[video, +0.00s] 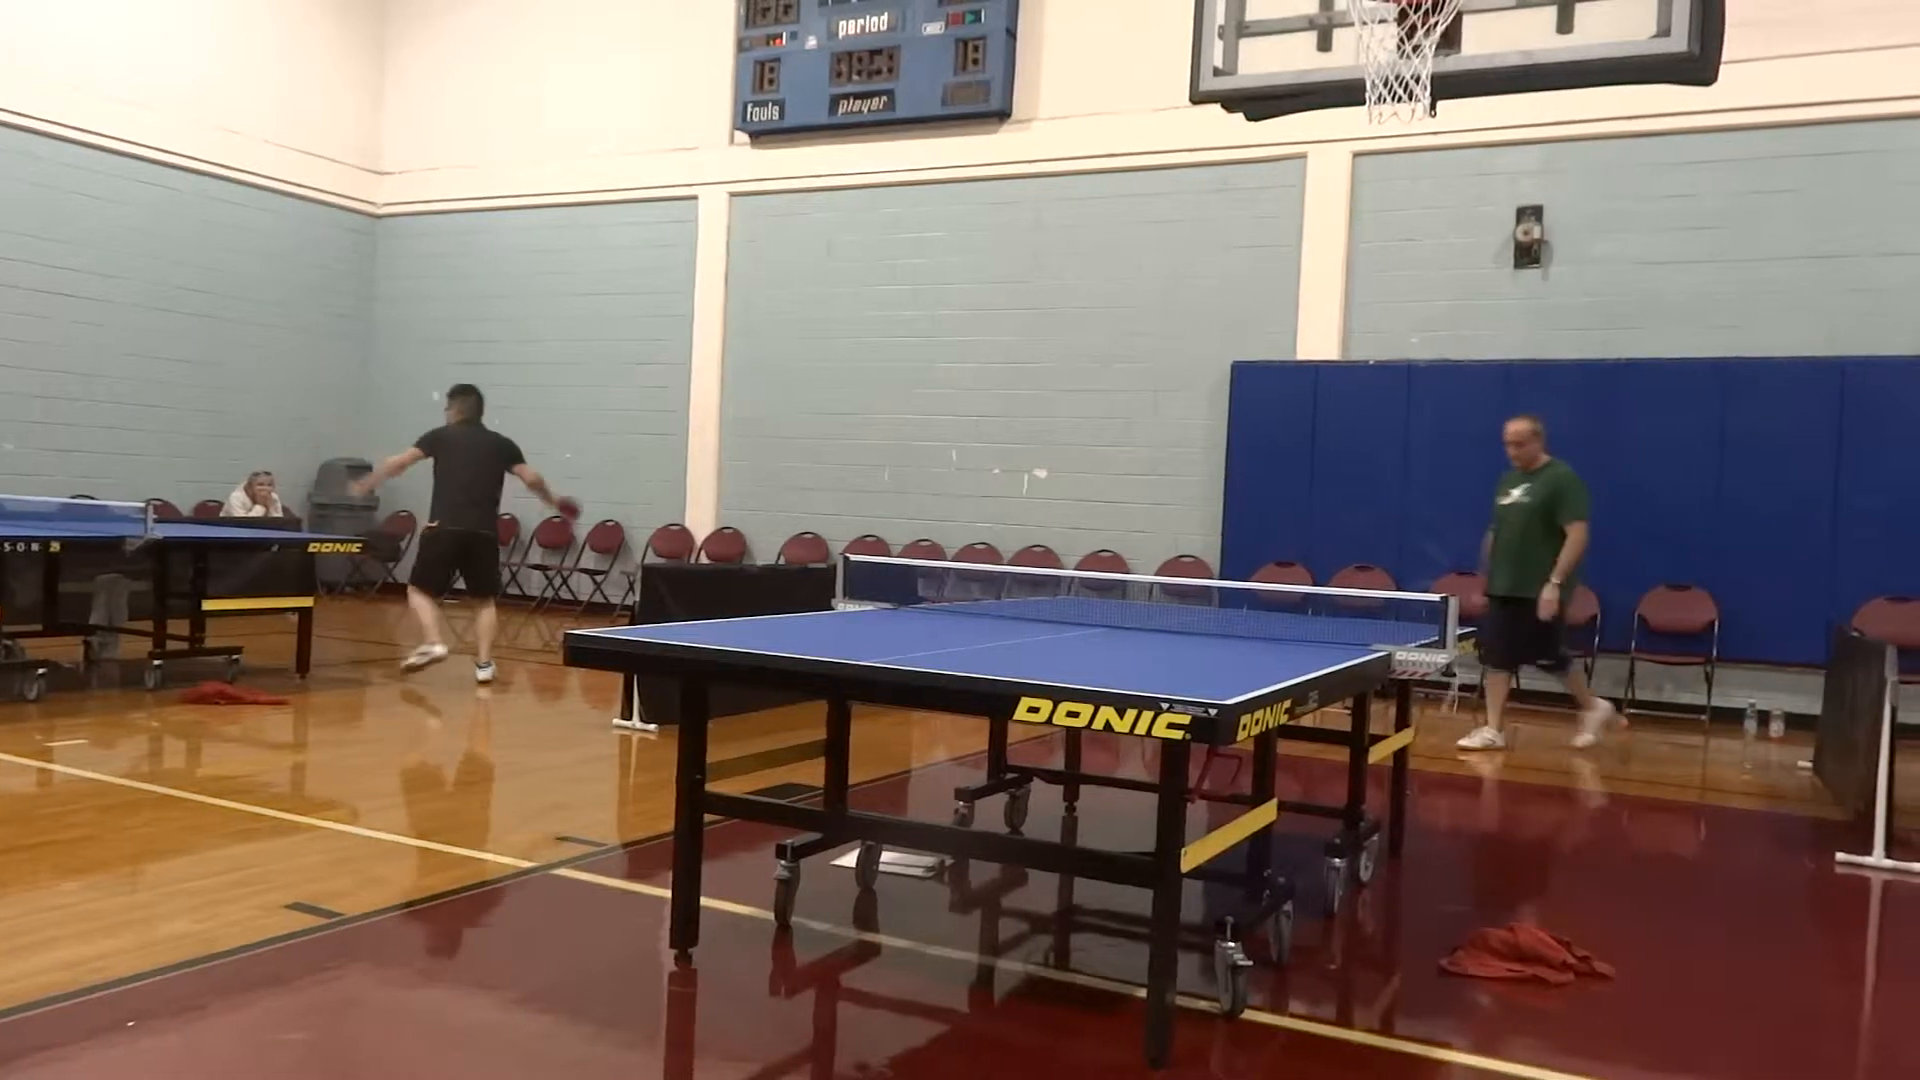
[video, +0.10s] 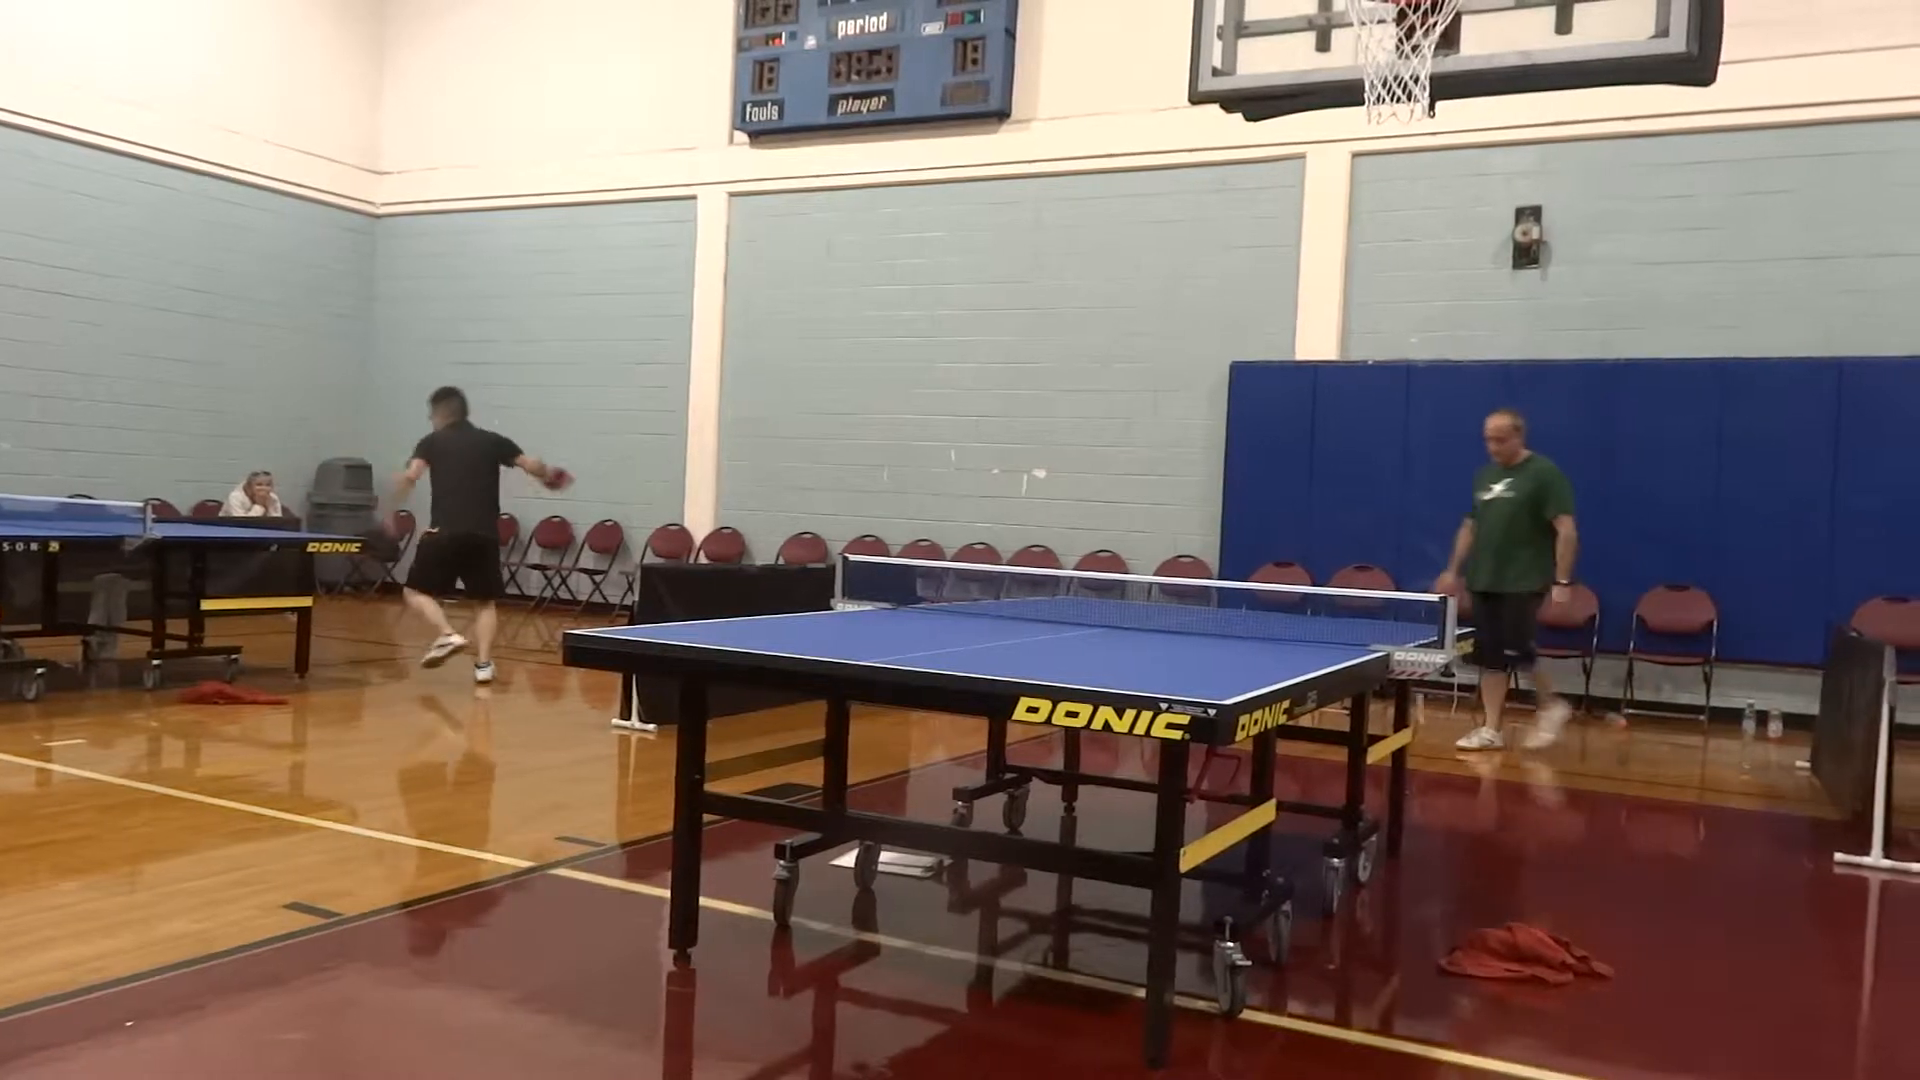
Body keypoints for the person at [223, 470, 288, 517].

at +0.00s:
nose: (265, 489)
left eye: (269, 485)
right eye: (260, 485)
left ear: (273, 488)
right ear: (250, 487)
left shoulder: (273, 498)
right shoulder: (236, 498)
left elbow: (279, 523)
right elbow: (242, 524)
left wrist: (271, 507)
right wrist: (260, 506)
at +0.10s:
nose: (264, 489)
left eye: (267, 485)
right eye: (259, 485)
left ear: (271, 488)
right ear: (249, 486)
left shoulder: (273, 498)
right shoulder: (235, 497)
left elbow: (277, 524)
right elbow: (241, 524)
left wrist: (270, 507)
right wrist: (259, 506)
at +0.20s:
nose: (262, 488)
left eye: (266, 485)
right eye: (257, 484)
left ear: (270, 487)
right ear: (248, 486)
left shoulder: (271, 498)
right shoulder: (234, 498)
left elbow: (275, 522)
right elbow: (239, 524)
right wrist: (258, 505)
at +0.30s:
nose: (262, 488)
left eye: (266, 485)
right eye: (257, 484)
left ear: (270, 487)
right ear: (248, 486)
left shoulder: (271, 498)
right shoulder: (234, 498)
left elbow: (274, 522)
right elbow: (239, 523)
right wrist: (258, 505)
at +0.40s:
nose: (260, 488)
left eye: (265, 484)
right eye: (256, 484)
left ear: (269, 486)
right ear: (247, 486)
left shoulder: (270, 498)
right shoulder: (233, 497)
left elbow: (273, 521)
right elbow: (237, 523)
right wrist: (256, 505)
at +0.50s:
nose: (260, 488)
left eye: (264, 484)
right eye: (255, 484)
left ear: (268, 486)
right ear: (246, 485)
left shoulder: (269, 497)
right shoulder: (232, 497)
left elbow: (273, 521)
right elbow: (238, 523)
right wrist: (256, 504)